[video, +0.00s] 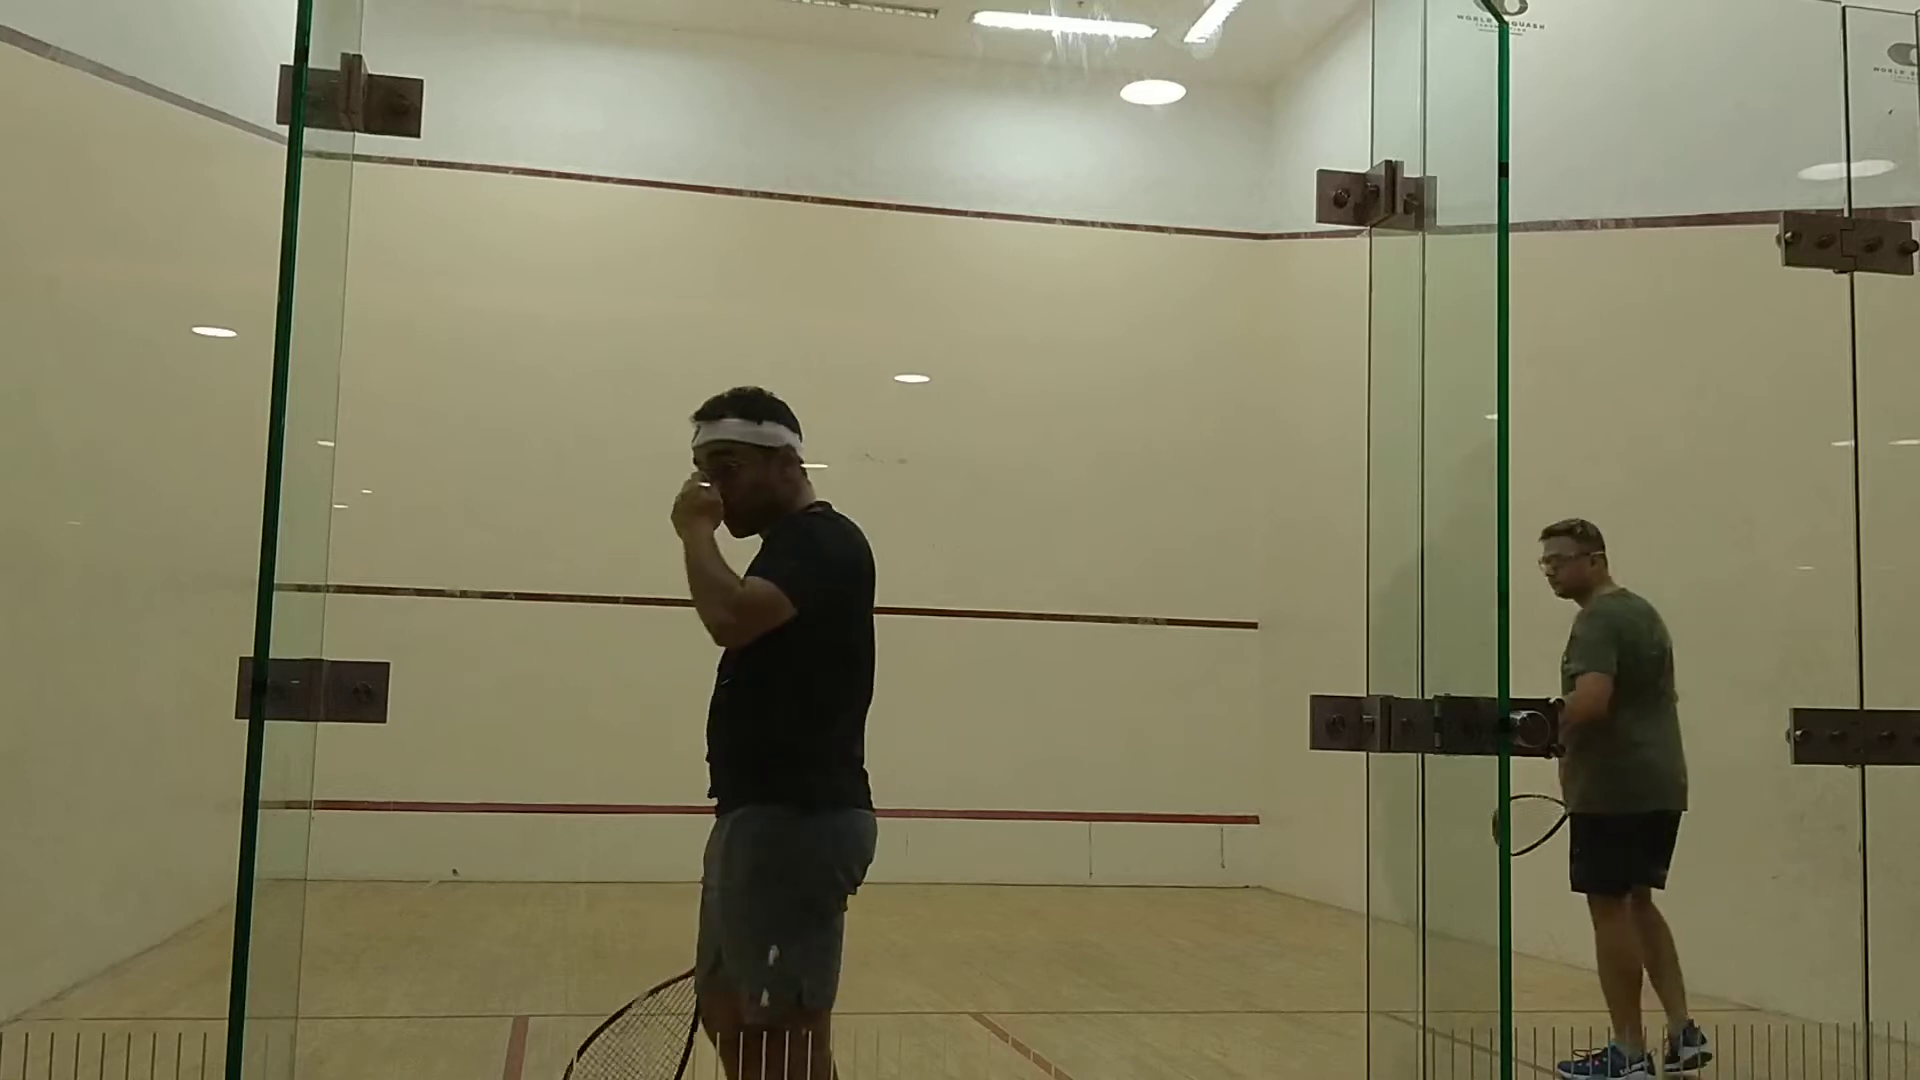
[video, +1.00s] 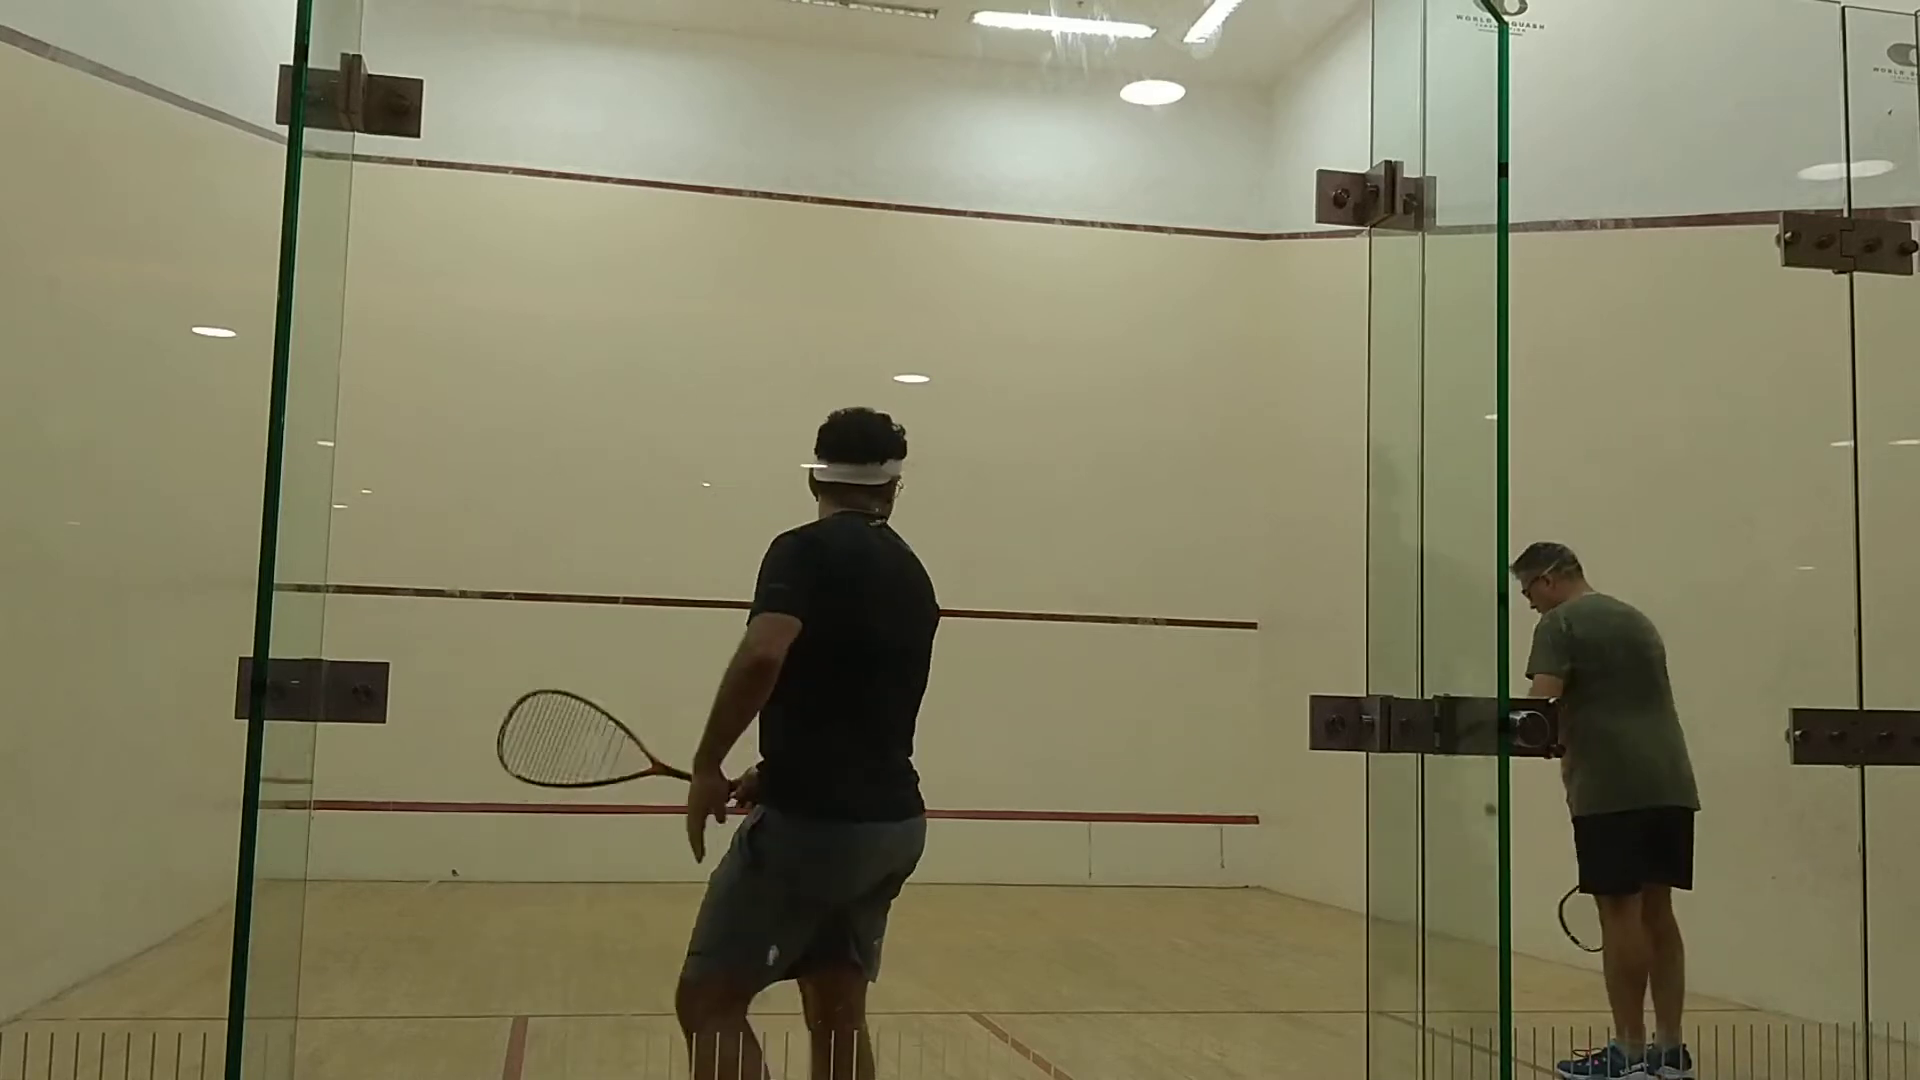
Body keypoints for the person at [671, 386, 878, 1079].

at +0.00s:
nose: (713, 491)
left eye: (725, 470)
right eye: (708, 475)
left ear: (780, 464)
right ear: (779, 468)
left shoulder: (821, 539)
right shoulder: (787, 548)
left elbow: (730, 618)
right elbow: (792, 696)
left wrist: (696, 529)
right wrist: (739, 813)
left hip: (798, 822)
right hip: (757, 818)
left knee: (784, 1030)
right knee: (725, 1012)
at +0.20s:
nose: (735, 485)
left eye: (750, 463)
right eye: (726, 468)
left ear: (803, 457)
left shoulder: (851, 541)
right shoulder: (785, 553)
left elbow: (777, 616)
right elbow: (776, 705)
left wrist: (729, 529)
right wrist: (743, 832)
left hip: (819, 824)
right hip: (766, 822)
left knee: (803, 1033)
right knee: (738, 1016)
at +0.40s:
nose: (715, 477)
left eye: (726, 457)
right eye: (717, 458)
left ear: (780, 459)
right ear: (780, 462)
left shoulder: (843, 547)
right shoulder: (799, 552)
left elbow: (809, 656)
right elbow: (800, 715)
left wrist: (716, 596)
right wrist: (743, 818)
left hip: (821, 826)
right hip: (780, 822)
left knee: (802, 1037)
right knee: (749, 1013)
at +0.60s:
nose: (746, 481)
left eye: (747, 467)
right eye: (748, 468)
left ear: (756, 471)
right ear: (829, 470)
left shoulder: (815, 549)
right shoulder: (842, 545)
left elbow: (830, 669)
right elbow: (838, 706)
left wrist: (728, 764)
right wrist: (758, 808)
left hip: (811, 823)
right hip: (829, 818)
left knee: (793, 1023)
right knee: (802, 1020)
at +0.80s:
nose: (788, 471)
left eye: (788, 461)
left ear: (787, 470)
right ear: (868, 475)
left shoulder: (795, 550)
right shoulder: (888, 561)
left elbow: (811, 658)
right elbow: (864, 698)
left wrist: (771, 785)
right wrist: (760, 794)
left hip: (805, 823)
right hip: (879, 822)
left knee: (766, 1021)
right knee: (823, 1013)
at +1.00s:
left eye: (823, 476)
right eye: (891, 480)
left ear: (817, 480)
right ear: (894, 488)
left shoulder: (800, 551)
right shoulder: (911, 574)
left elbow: (762, 658)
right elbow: (874, 707)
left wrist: (708, 762)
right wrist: (773, 773)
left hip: (805, 826)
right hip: (891, 825)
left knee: (707, 1002)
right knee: (836, 1004)